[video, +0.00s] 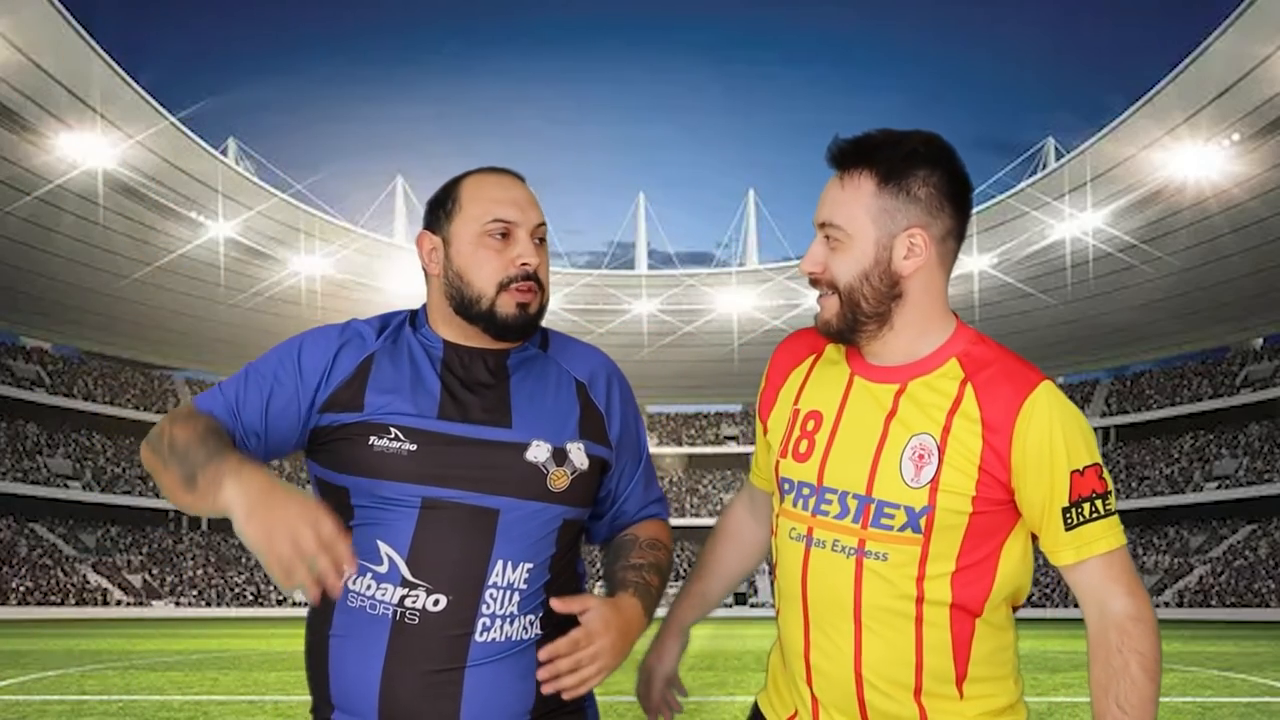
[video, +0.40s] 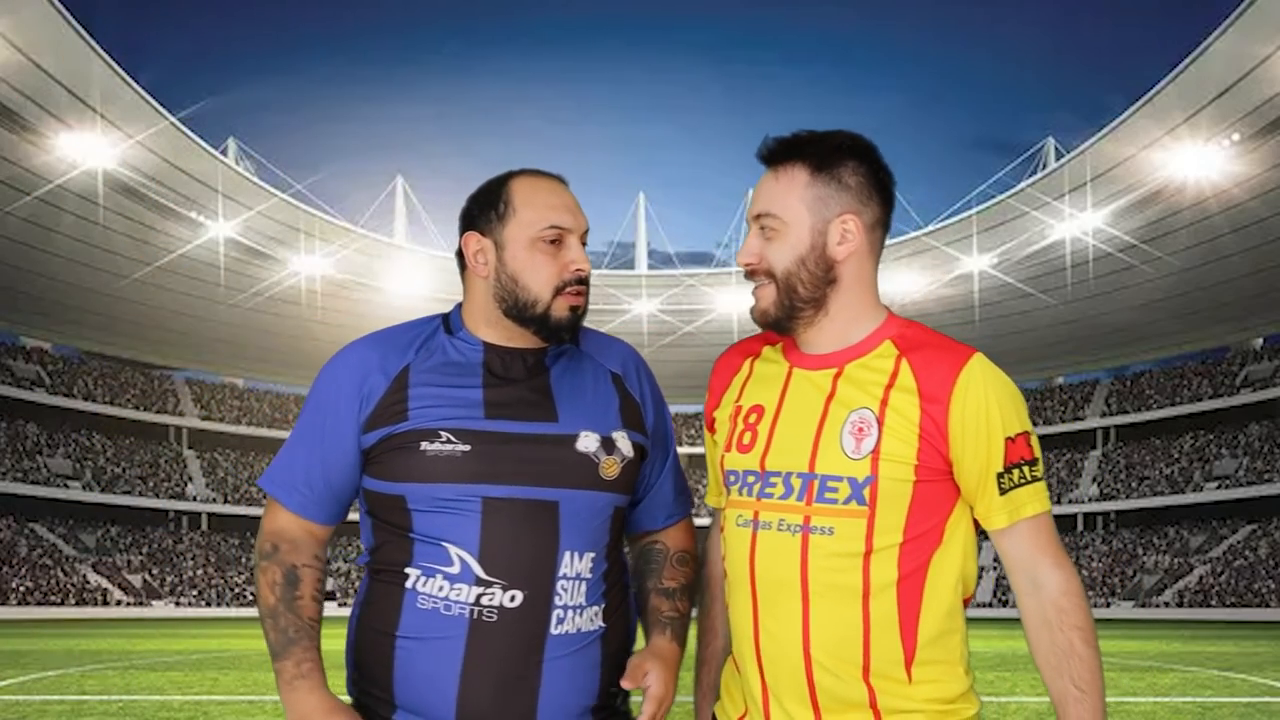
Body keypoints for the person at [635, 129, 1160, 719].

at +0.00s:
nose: (809, 265)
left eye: (832, 237)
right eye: (818, 236)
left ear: (910, 252)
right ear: (907, 252)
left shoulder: (1023, 408)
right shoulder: (794, 365)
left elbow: (1120, 617)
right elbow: (755, 506)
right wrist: (673, 626)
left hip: (952, 708)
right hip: (786, 708)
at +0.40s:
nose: (745, 257)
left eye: (767, 230)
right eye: (750, 231)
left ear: (843, 236)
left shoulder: (959, 385)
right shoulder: (733, 375)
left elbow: (1042, 581)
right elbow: (723, 551)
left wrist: (1085, 713)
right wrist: (706, 700)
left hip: (906, 706)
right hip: (748, 706)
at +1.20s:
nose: (655, 299)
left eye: (683, 271)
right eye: (644, 269)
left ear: (753, 266)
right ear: (634, 263)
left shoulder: (852, 385)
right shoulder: (624, 385)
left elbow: (940, 572)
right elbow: (619, 556)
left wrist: (996, 714)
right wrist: (595, 712)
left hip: (825, 705)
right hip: (674, 708)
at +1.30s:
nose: (629, 289)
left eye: (655, 262)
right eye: (630, 259)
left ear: (736, 268)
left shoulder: (845, 393)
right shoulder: (625, 380)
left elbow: (926, 590)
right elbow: (614, 555)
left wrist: (972, 713)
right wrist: (588, 709)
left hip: (804, 706)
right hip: (655, 707)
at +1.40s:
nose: (618, 278)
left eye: (643, 252)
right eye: (623, 248)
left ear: (724, 260)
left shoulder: (839, 397)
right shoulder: (628, 373)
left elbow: (912, 621)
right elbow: (615, 549)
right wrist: (584, 698)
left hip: (781, 705)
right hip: (637, 707)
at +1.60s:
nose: (611, 260)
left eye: (634, 235)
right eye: (619, 232)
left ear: (713, 250)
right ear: (712, 252)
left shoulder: (818, 396)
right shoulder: (632, 369)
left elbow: (875, 633)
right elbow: (613, 580)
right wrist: (573, 703)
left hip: (751, 705)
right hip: (612, 706)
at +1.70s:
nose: (607, 251)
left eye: (632, 225)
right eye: (616, 222)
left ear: (709, 241)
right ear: (707, 243)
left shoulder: (807, 392)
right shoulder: (626, 367)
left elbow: (861, 628)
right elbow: (607, 573)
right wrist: (568, 700)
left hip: (733, 705)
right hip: (600, 705)